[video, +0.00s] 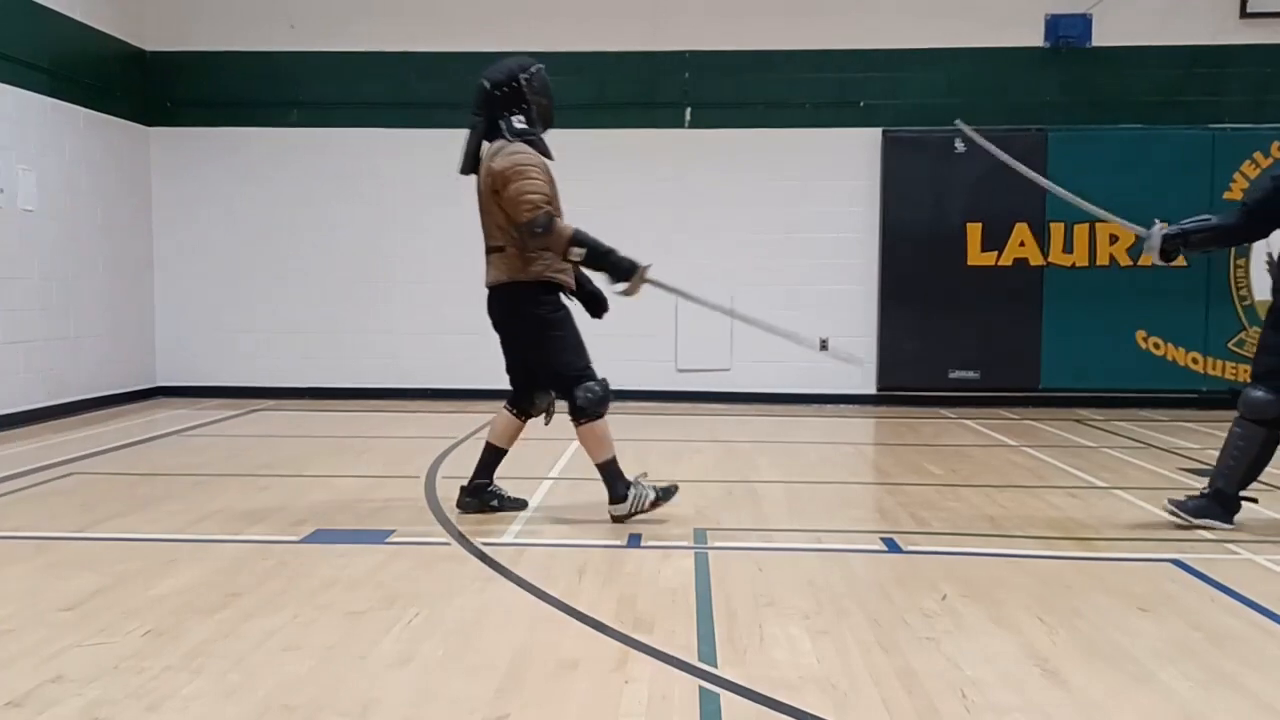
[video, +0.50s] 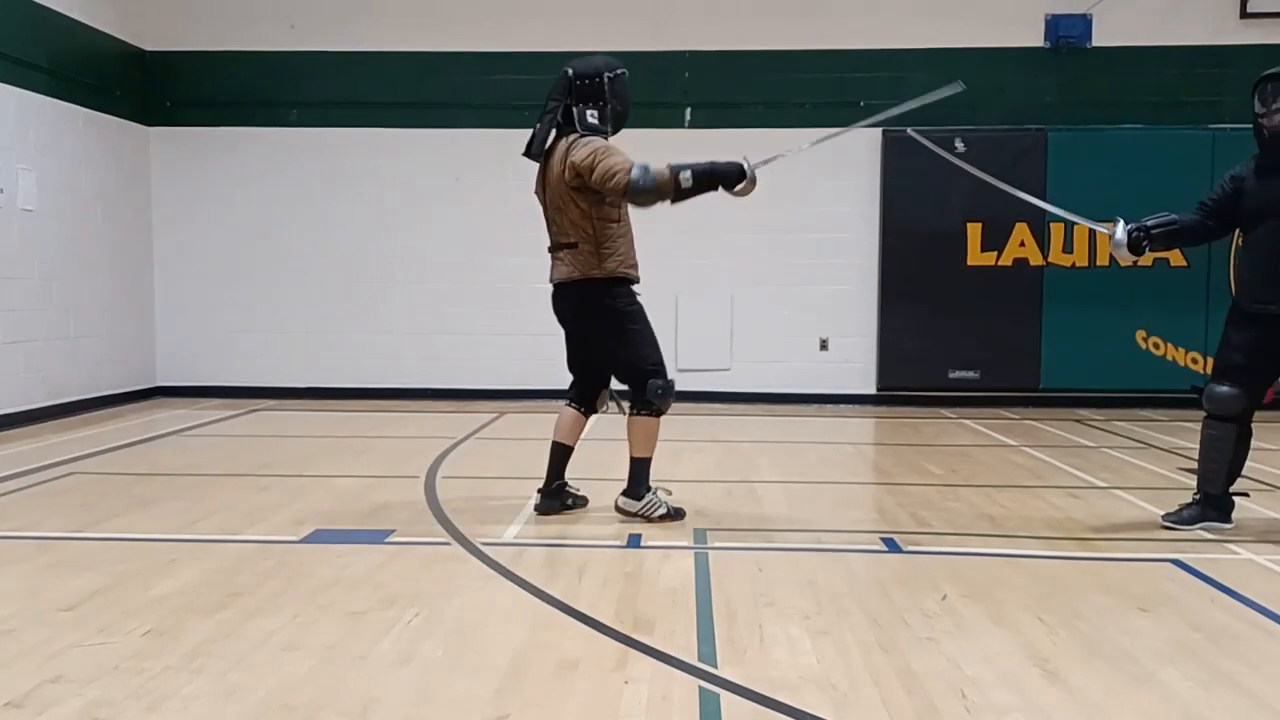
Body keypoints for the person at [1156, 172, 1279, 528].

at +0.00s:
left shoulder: (1274, 179)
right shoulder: (1273, 178)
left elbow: (1250, 219)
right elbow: (1250, 218)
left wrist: (1177, 236)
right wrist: (1180, 234)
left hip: (1278, 315)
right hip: (1277, 312)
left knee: (1266, 393)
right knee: (1264, 393)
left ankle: (1221, 498)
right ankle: (1221, 498)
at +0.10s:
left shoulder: (1269, 182)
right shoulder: (1270, 180)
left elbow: (1231, 223)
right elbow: (1231, 223)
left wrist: (1165, 238)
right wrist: (1167, 237)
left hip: (1272, 316)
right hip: (1269, 315)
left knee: (1248, 401)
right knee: (1247, 401)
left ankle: (1215, 499)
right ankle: (1215, 499)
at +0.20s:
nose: (1273, 124)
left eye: (1276, 116)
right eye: (1274, 115)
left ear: (1277, 123)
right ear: (1271, 120)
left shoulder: (1264, 178)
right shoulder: (1263, 175)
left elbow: (1219, 223)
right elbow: (1220, 223)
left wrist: (1151, 239)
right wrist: (1153, 236)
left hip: (1265, 311)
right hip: (1260, 309)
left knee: (1236, 398)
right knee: (1237, 399)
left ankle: (1214, 499)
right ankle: (1214, 499)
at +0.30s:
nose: (1272, 119)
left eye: (1278, 112)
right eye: (1270, 110)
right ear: (1262, 115)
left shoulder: (1263, 175)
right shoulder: (1258, 174)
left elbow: (1211, 220)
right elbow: (1210, 220)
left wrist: (1146, 238)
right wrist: (1146, 235)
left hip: (1267, 309)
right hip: (1254, 307)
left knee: (1231, 398)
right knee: (1227, 398)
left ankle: (1213, 499)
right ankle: (1212, 500)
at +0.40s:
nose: (1269, 118)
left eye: (1275, 110)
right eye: (1267, 109)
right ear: (1260, 115)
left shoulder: (1262, 173)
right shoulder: (1256, 172)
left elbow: (1210, 220)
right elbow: (1209, 219)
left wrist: (1145, 237)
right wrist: (1145, 235)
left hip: (1266, 309)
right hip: (1253, 307)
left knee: (1231, 398)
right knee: (1227, 398)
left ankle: (1213, 499)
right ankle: (1212, 500)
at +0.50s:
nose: (1268, 121)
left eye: (1274, 113)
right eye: (1265, 112)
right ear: (1258, 118)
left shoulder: (1262, 174)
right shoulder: (1256, 173)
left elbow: (1209, 221)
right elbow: (1209, 220)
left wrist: (1145, 237)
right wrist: (1144, 235)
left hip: (1266, 309)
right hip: (1255, 307)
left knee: (1230, 397)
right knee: (1227, 398)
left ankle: (1213, 499)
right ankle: (1212, 500)